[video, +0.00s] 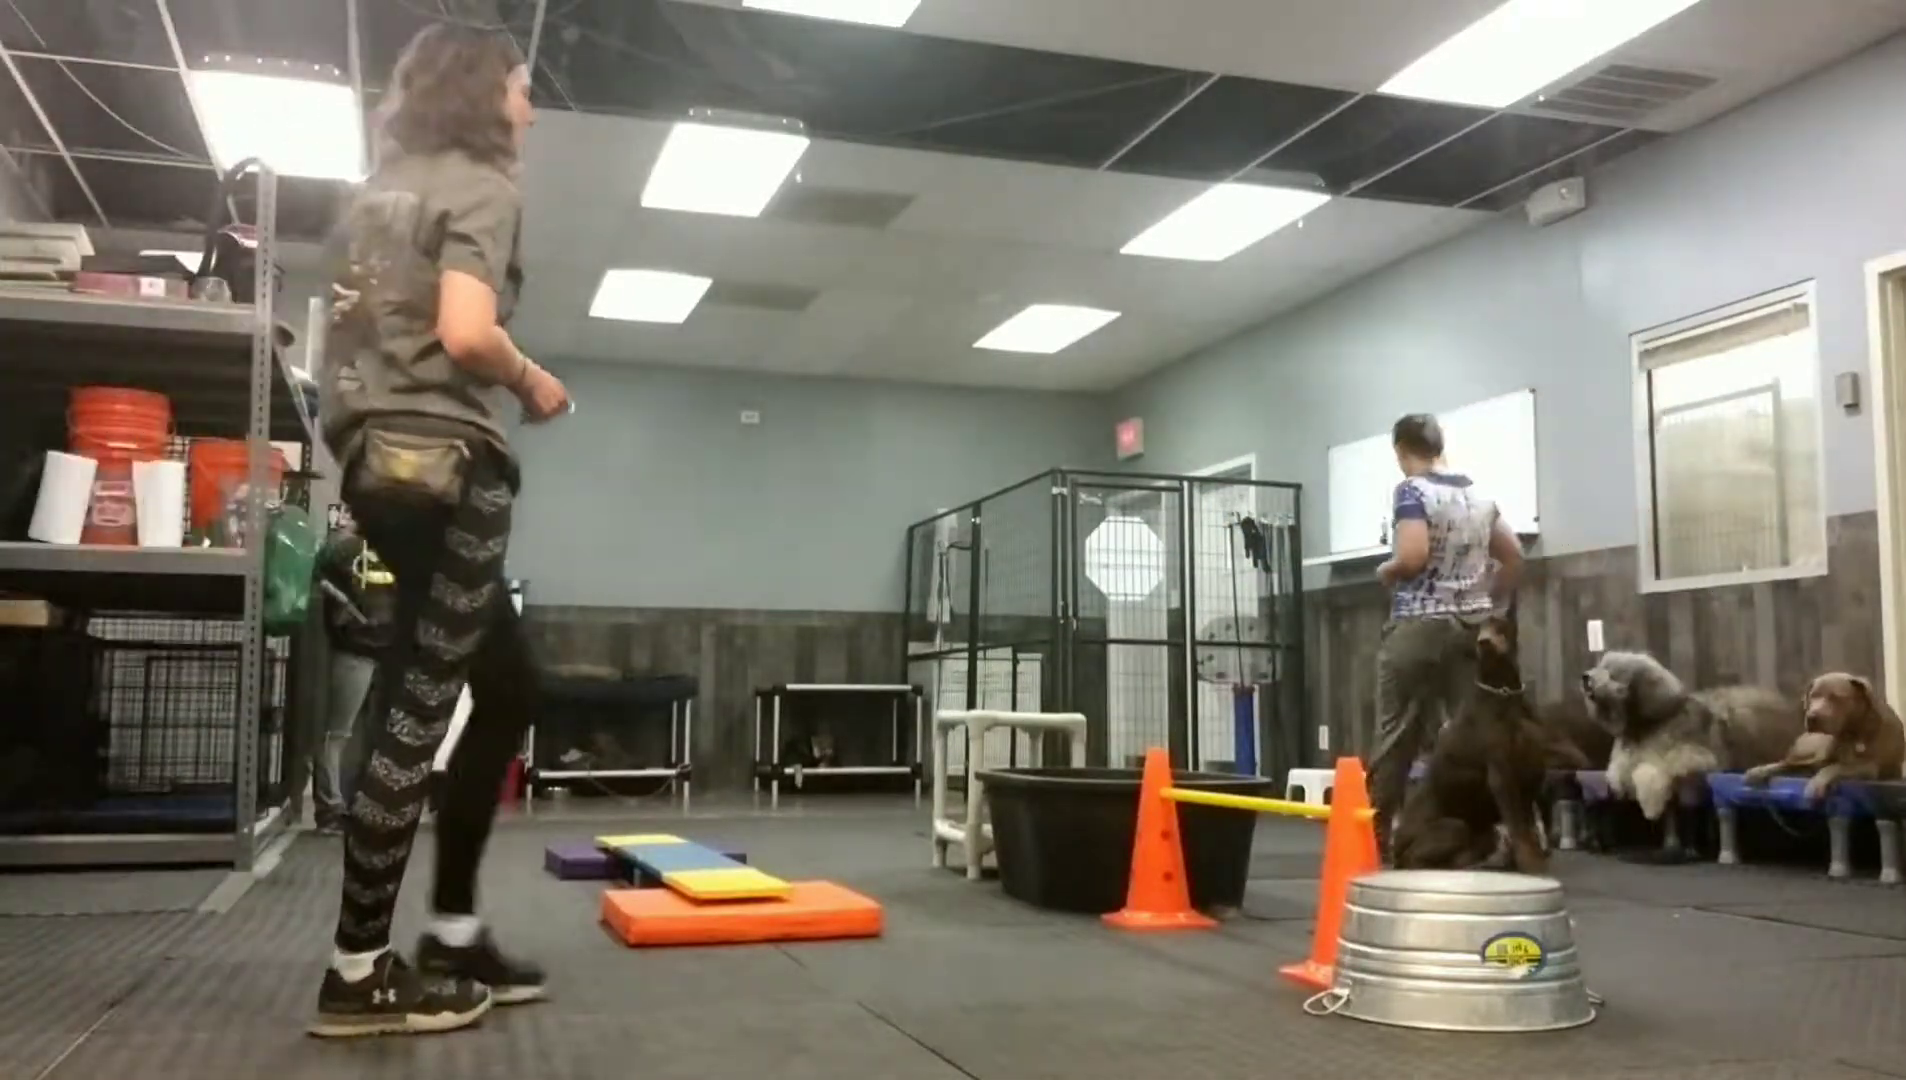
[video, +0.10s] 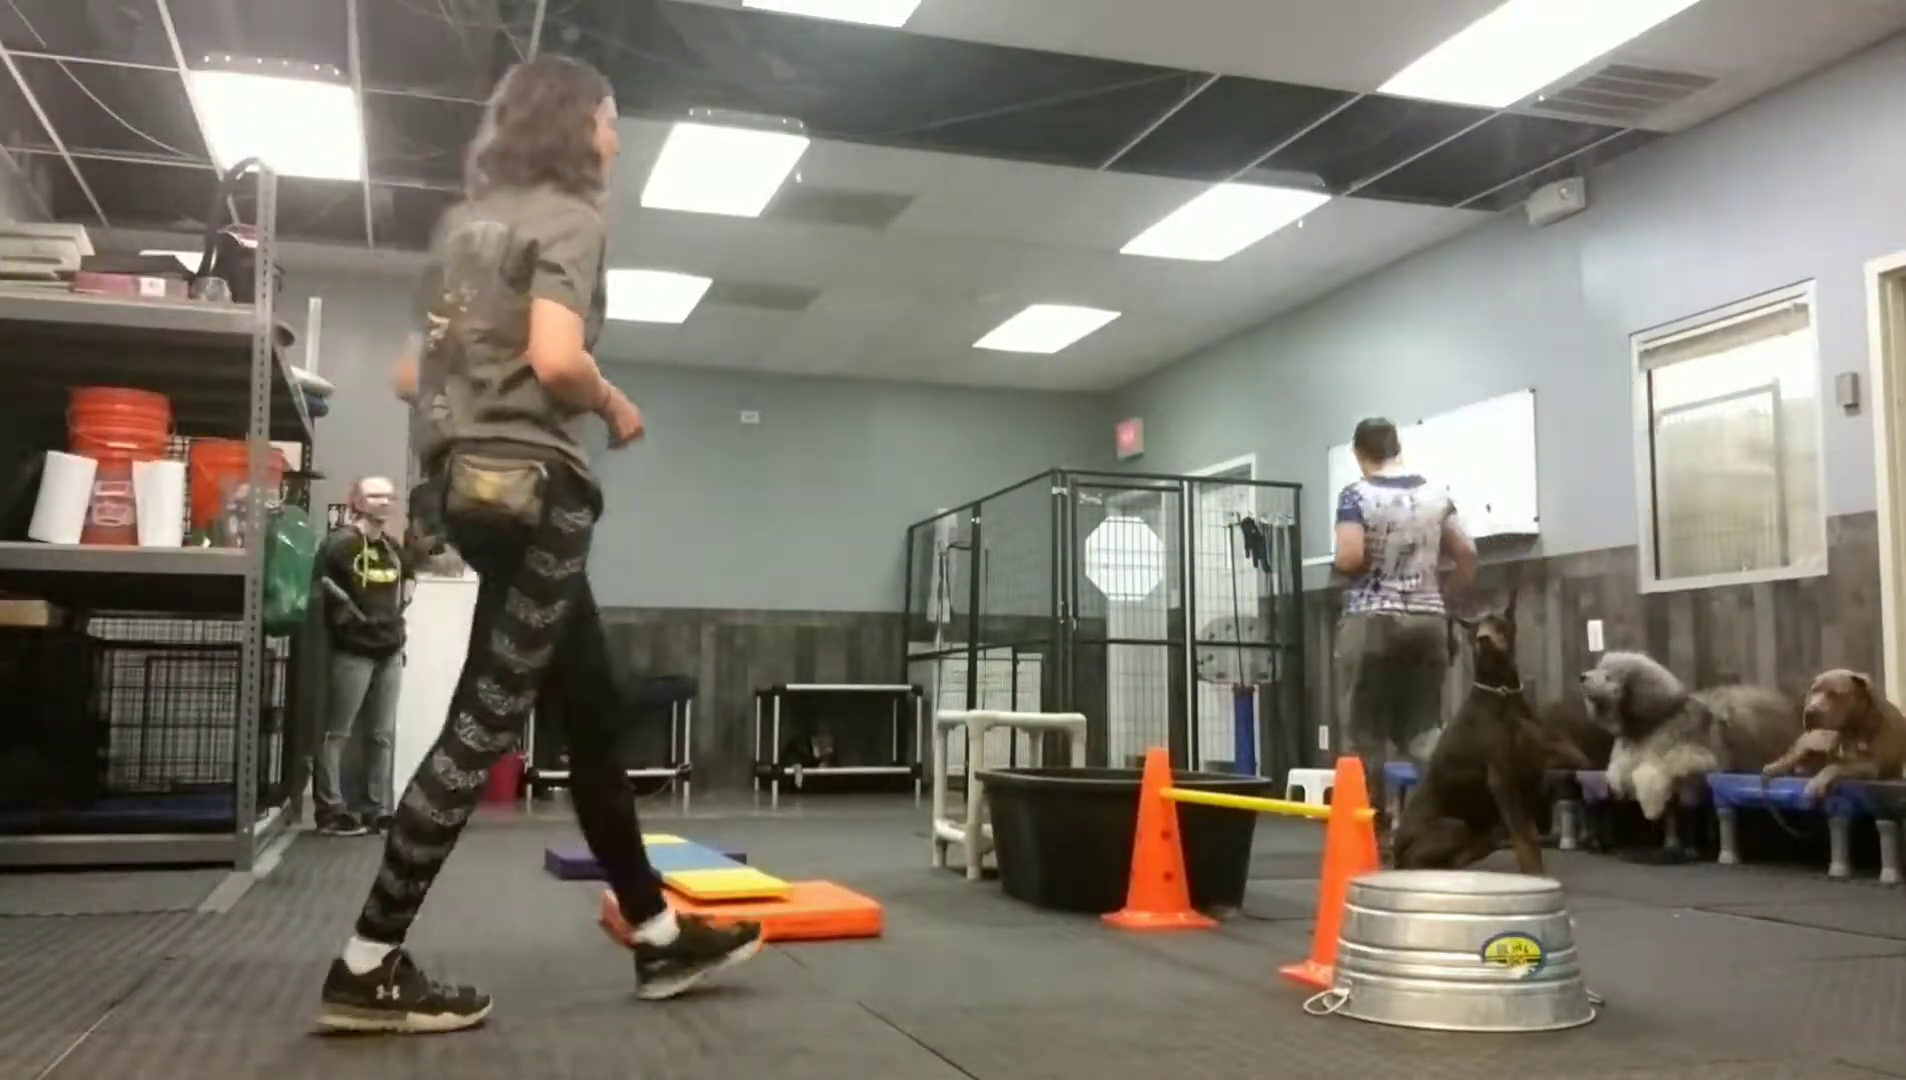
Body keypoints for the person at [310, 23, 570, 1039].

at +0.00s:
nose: (531, 112)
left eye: (528, 93)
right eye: (523, 92)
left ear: (427, 95)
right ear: (487, 94)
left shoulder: (380, 185)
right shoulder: (482, 184)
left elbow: (355, 323)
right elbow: (465, 332)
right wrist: (529, 377)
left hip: (372, 453)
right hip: (443, 459)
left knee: (508, 691)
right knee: (413, 713)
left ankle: (453, 933)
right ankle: (358, 968)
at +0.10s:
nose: (617, 143)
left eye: (615, 125)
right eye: (611, 125)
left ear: (512, 129)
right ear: (579, 128)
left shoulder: (466, 219)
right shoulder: (569, 215)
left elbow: (412, 376)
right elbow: (557, 359)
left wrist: (518, 390)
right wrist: (611, 399)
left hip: (459, 479)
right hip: (532, 482)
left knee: (589, 704)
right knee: (483, 727)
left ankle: (655, 925)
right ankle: (367, 963)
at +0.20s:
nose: (694, 150)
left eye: (692, 131)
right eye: (688, 132)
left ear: (607, 138)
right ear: (657, 139)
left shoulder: (566, 235)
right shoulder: (648, 225)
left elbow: (528, 395)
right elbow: (643, 369)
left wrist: (665, 409)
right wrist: (715, 403)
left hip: (583, 497)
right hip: (638, 494)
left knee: (657, 718)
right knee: (671, 724)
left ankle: (677, 940)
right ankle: (480, 882)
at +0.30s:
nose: (776, 183)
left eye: (777, 166)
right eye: (769, 165)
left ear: (683, 162)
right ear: (735, 165)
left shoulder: (649, 239)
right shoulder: (715, 237)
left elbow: (669, 386)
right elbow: (713, 385)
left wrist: (771, 429)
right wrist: (795, 427)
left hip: (653, 500)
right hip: (711, 498)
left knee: (695, 702)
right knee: (809, 688)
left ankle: (675, 932)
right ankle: (734, 900)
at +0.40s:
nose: (849, 205)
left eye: (851, 189)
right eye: (845, 187)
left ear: (765, 176)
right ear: (812, 181)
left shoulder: (719, 261)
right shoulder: (796, 256)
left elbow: (737, 403)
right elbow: (803, 402)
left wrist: (832, 464)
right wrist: (875, 468)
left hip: (717, 517)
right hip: (787, 514)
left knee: (740, 719)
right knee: (852, 707)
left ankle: (682, 930)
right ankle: (866, 929)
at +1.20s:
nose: (900, 225)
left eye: (903, 210)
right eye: (895, 208)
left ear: (827, 197)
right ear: (860, 202)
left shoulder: (776, 258)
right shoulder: (819, 266)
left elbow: (784, 414)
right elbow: (814, 418)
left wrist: (836, 512)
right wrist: (858, 525)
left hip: (720, 487)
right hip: (769, 490)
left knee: (759, 701)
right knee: (821, 697)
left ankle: (735, 919)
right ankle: (796, 925)